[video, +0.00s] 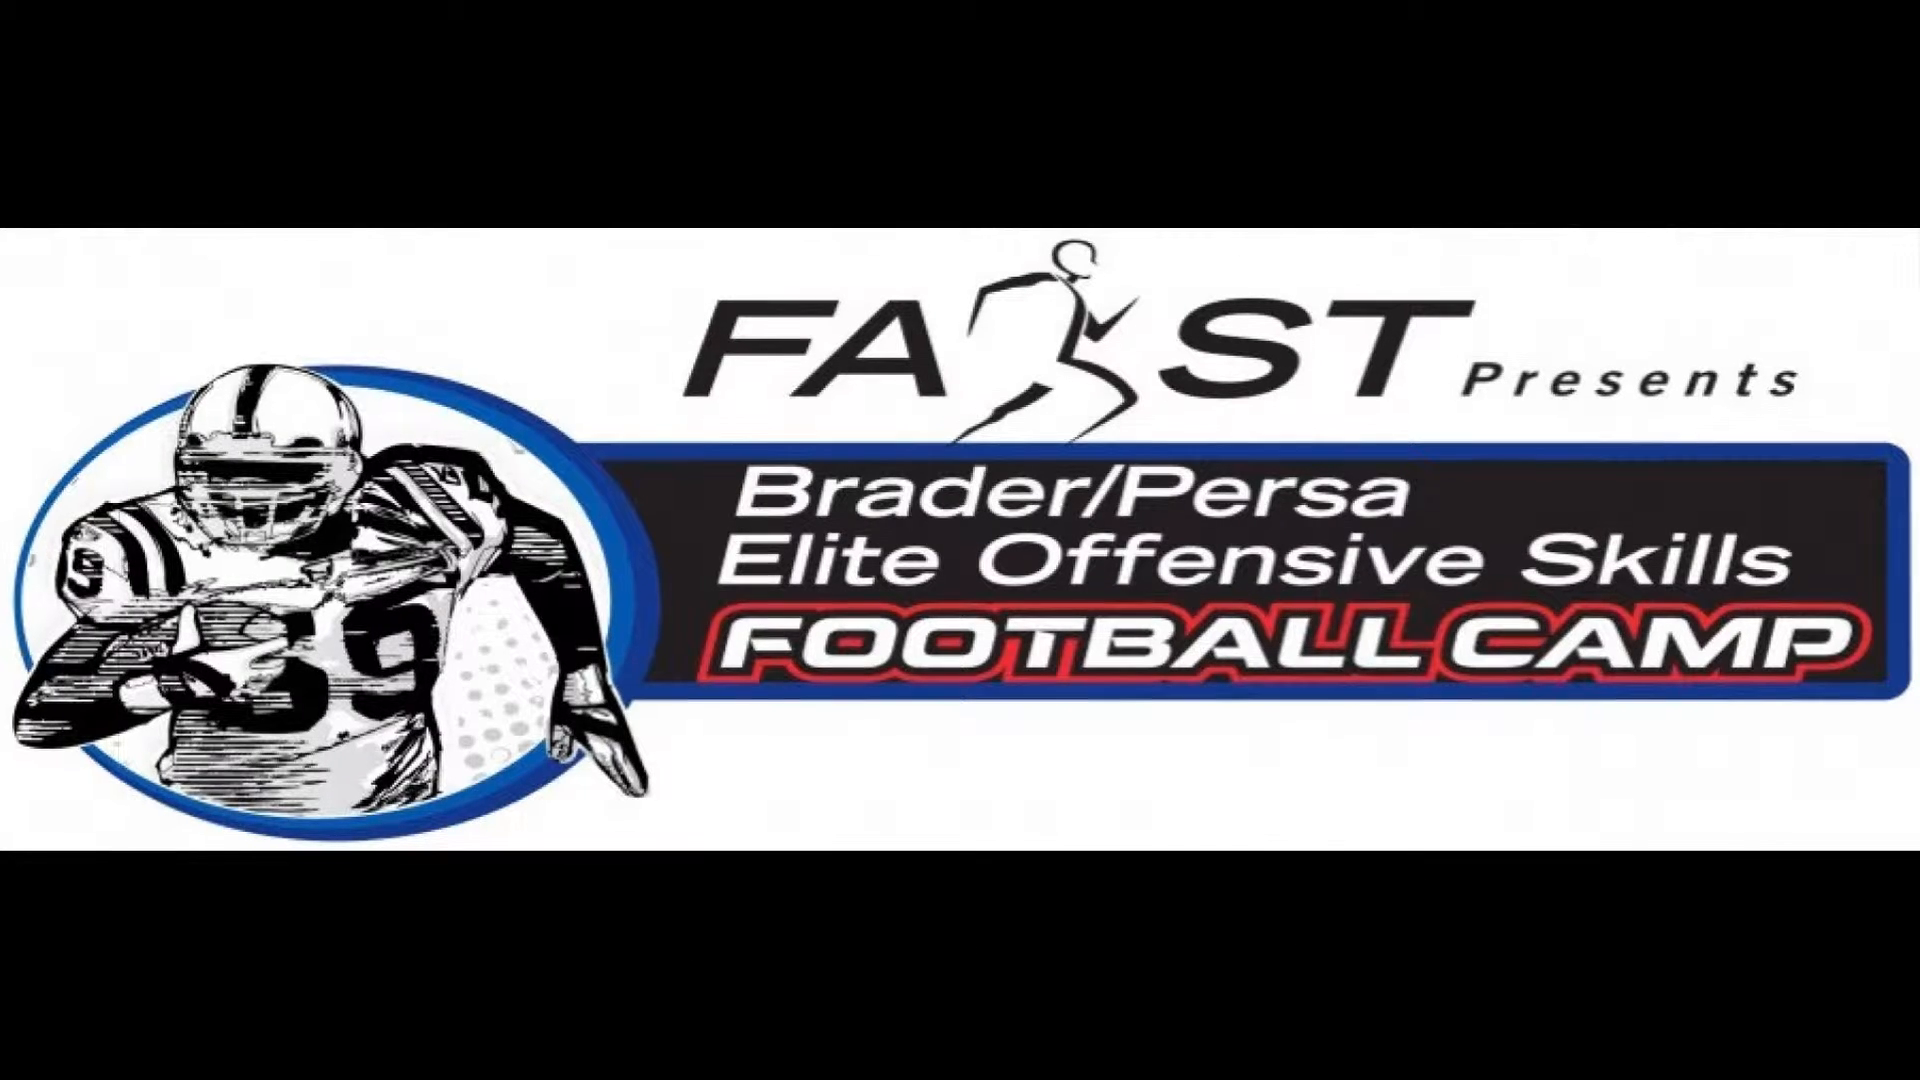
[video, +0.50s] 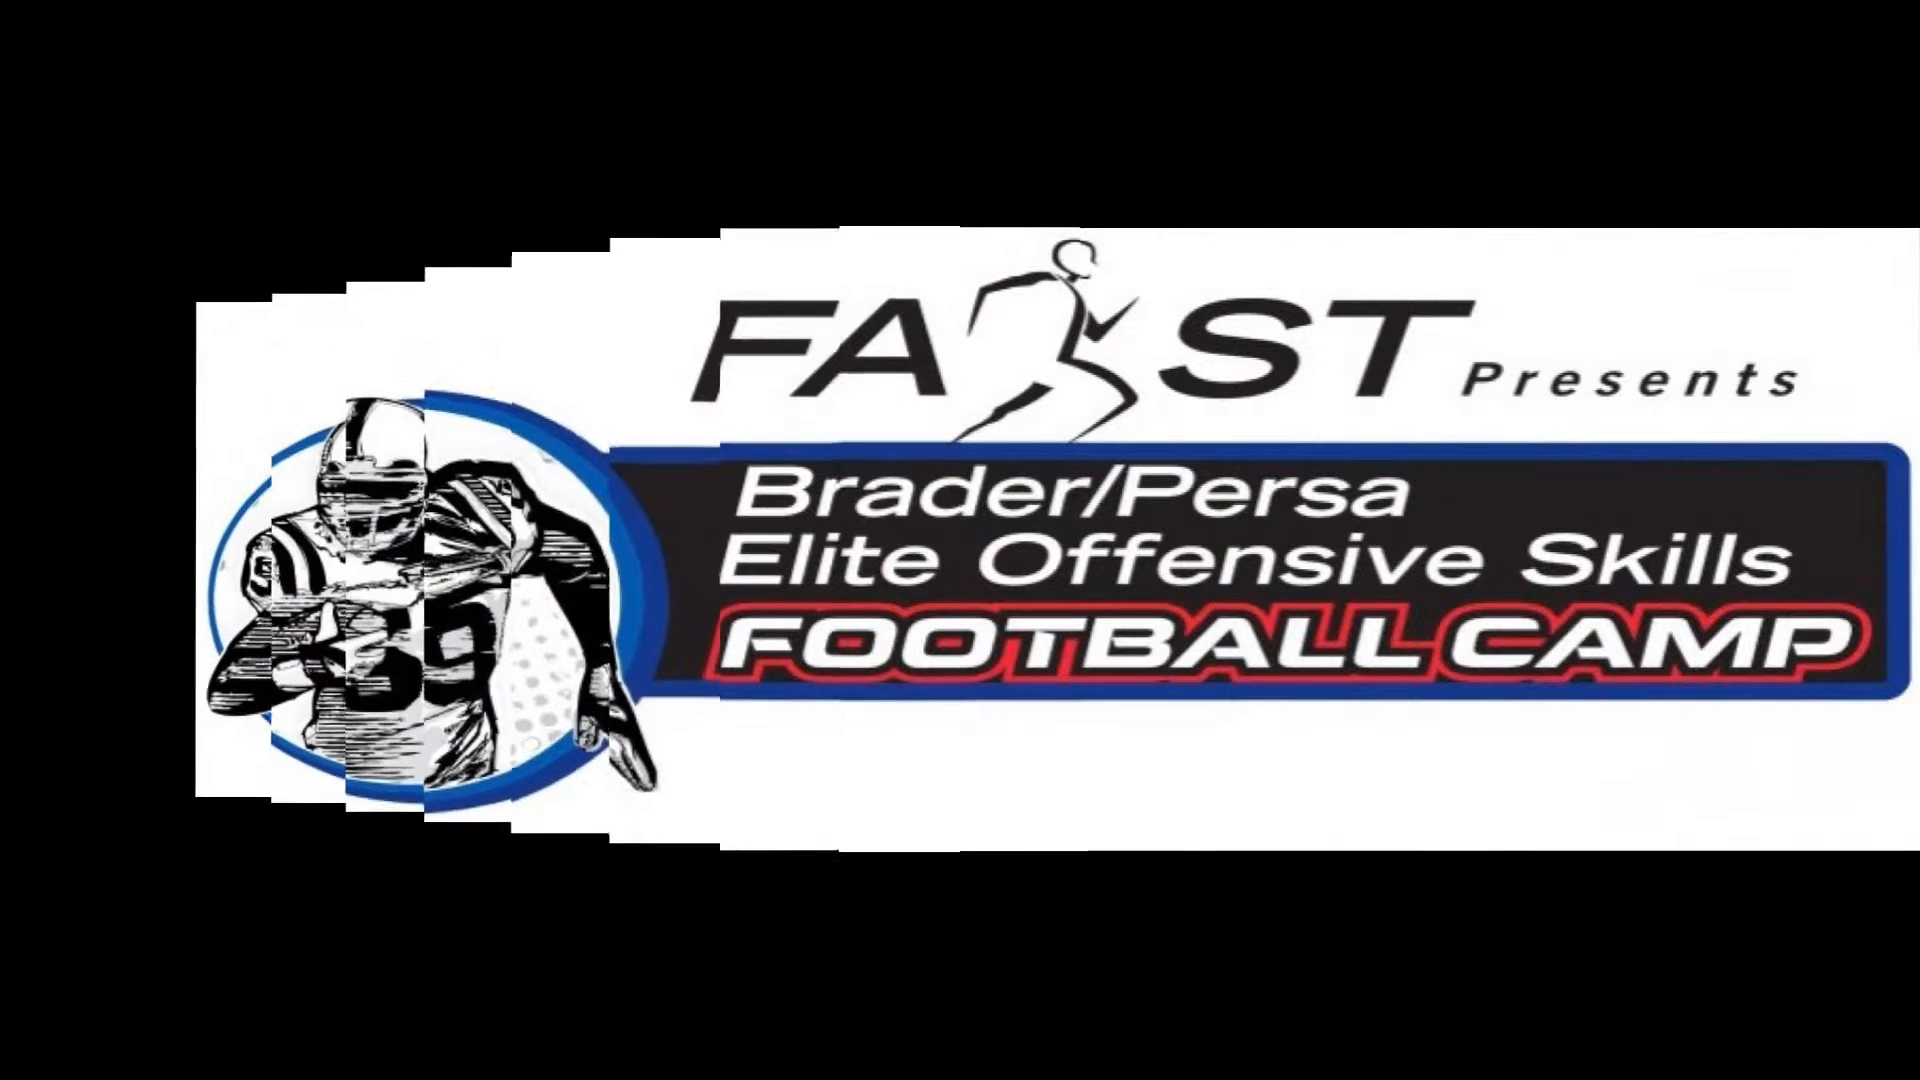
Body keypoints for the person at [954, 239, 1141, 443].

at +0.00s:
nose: (1090, 267)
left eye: (1090, 261)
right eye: (1085, 260)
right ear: (1071, 262)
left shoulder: (1078, 299)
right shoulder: (1045, 280)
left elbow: (1096, 333)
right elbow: (986, 291)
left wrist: (1128, 307)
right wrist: (970, 330)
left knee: (1000, 412)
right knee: (1128, 397)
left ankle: (953, 443)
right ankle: (1072, 441)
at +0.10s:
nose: (1088, 266)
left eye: (1089, 260)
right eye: (1082, 258)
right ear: (1069, 261)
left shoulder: (1077, 299)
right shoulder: (1045, 280)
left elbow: (1096, 333)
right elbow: (986, 291)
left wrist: (1128, 307)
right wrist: (970, 330)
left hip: (1052, 365)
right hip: (1059, 363)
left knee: (1001, 412)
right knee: (1128, 397)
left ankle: (953, 444)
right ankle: (1072, 441)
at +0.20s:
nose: (1090, 267)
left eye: (1090, 260)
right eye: (1084, 259)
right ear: (1071, 262)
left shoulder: (1078, 299)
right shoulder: (1044, 280)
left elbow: (1096, 334)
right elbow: (986, 291)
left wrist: (1127, 309)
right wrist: (970, 330)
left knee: (1001, 412)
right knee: (1128, 397)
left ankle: (952, 444)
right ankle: (1072, 441)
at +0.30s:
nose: (1090, 266)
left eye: (1090, 260)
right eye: (1084, 259)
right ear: (1068, 260)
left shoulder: (1078, 299)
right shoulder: (1044, 280)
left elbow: (1096, 333)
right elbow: (986, 291)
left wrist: (1127, 309)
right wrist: (970, 330)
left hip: (1052, 365)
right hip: (1058, 364)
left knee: (1002, 411)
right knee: (1128, 397)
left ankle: (955, 443)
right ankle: (1073, 441)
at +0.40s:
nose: (1090, 266)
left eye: (1090, 260)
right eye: (1084, 259)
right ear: (1068, 260)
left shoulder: (1078, 299)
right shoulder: (1044, 280)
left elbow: (1096, 333)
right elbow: (986, 291)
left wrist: (1127, 309)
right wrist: (970, 330)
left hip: (1052, 365)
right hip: (1058, 364)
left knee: (1002, 411)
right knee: (1128, 397)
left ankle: (955, 443)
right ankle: (1073, 441)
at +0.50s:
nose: (1090, 266)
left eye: (1090, 260)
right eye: (1084, 258)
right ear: (1069, 261)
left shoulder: (1077, 298)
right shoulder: (1044, 280)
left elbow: (1096, 333)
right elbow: (985, 290)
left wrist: (1127, 309)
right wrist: (970, 331)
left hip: (1053, 365)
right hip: (1057, 363)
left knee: (1002, 411)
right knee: (1128, 397)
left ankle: (955, 442)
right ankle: (1073, 441)